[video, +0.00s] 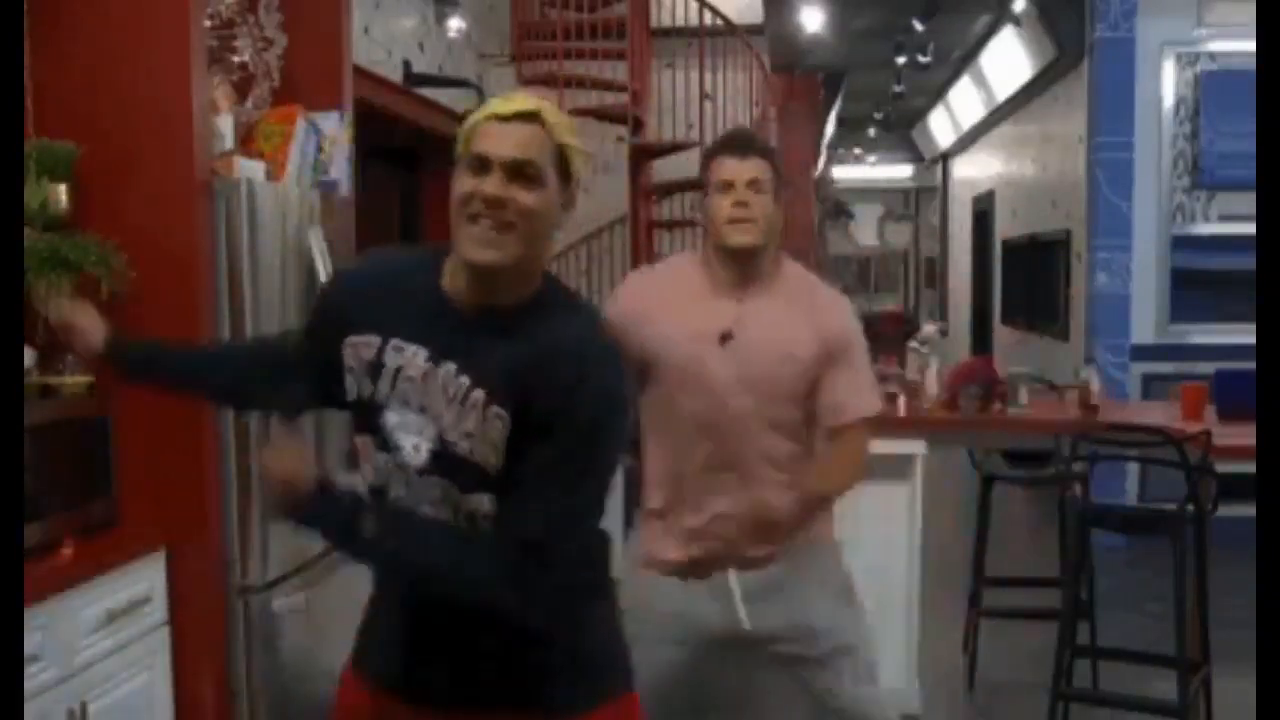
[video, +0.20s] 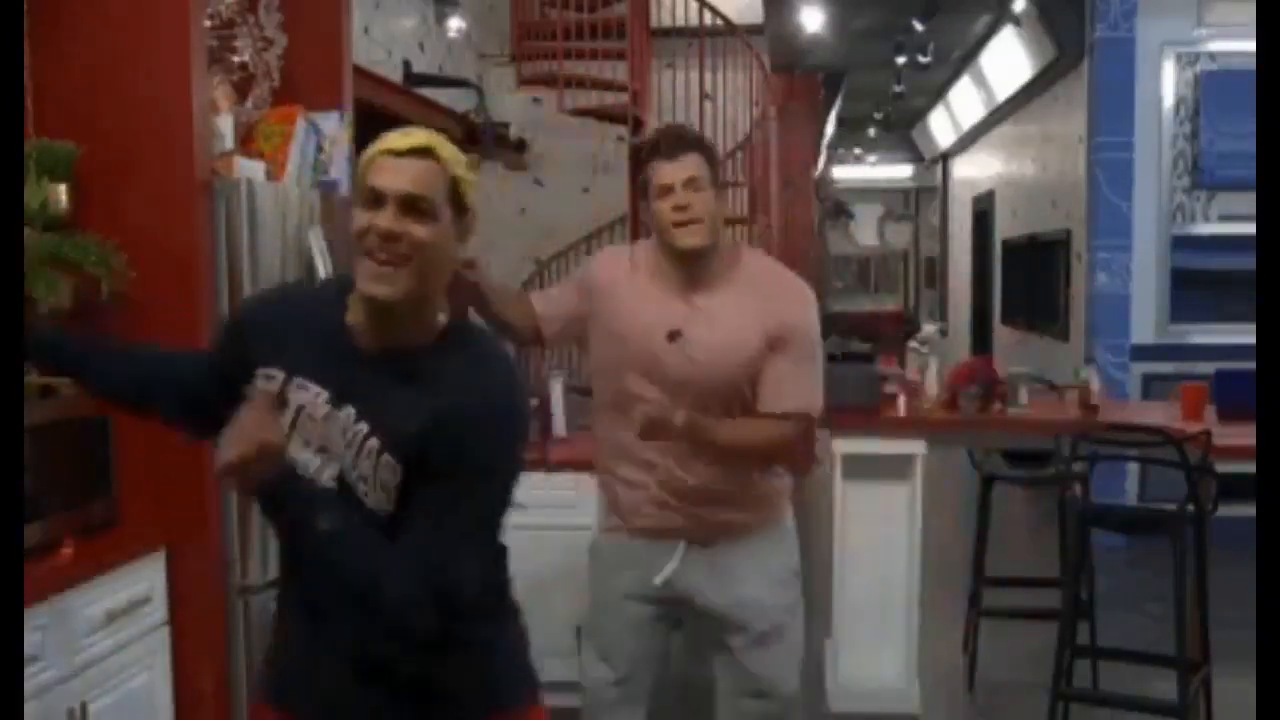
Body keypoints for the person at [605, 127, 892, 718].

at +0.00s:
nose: (741, 201)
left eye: (757, 188)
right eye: (725, 189)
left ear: (780, 207)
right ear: (703, 207)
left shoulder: (825, 310)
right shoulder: (641, 299)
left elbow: (848, 451)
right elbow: (594, 418)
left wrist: (782, 509)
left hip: (796, 572)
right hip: (669, 578)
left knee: (856, 706)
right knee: (659, 711)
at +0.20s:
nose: (681, 203)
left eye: (695, 187)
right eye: (665, 192)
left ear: (720, 196)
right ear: (646, 208)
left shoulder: (784, 296)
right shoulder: (610, 275)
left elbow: (791, 435)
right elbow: (531, 320)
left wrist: (695, 429)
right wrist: (480, 290)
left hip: (749, 541)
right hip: (633, 540)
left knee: (766, 701)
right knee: (614, 699)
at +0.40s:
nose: (660, 241)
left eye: (672, 224)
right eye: (643, 231)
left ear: (698, 230)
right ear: (628, 246)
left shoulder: (775, 319)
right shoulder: (601, 330)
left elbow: (794, 444)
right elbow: (524, 384)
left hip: (758, 532)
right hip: (641, 533)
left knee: (813, 682)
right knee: (608, 696)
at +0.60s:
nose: (730, 195)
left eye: (745, 183)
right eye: (715, 184)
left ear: (767, 194)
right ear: (696, 199)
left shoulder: (828, 263)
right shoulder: (657, 296)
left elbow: (900, 346)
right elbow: (640, 416)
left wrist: (906, 452)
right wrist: (640, 532)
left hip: (816, 512)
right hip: (699, 517)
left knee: (878, 676)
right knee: (657, 686)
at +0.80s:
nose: (811, 206)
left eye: (825, 195)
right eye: (797, 193)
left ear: (842, 213)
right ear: (772, 208)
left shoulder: (885, 282)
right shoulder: (737, 299)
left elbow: (988, 331)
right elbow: (736, 439)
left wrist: (1002, 280)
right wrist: (802, 415)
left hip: (888, 544)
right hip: (775, 539)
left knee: (924, 703)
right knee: (733, 694)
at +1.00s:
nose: (845, 205)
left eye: (858, 196)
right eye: (830, 191)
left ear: (870, 210)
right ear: (800, 202)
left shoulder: (902, 276)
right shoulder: (748, 285)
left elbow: (999, 317)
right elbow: (728, 397)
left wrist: (1011, 272)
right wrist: (842, 372)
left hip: (909, 507)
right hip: (801, 521)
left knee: (957, 673)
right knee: (797, 682)